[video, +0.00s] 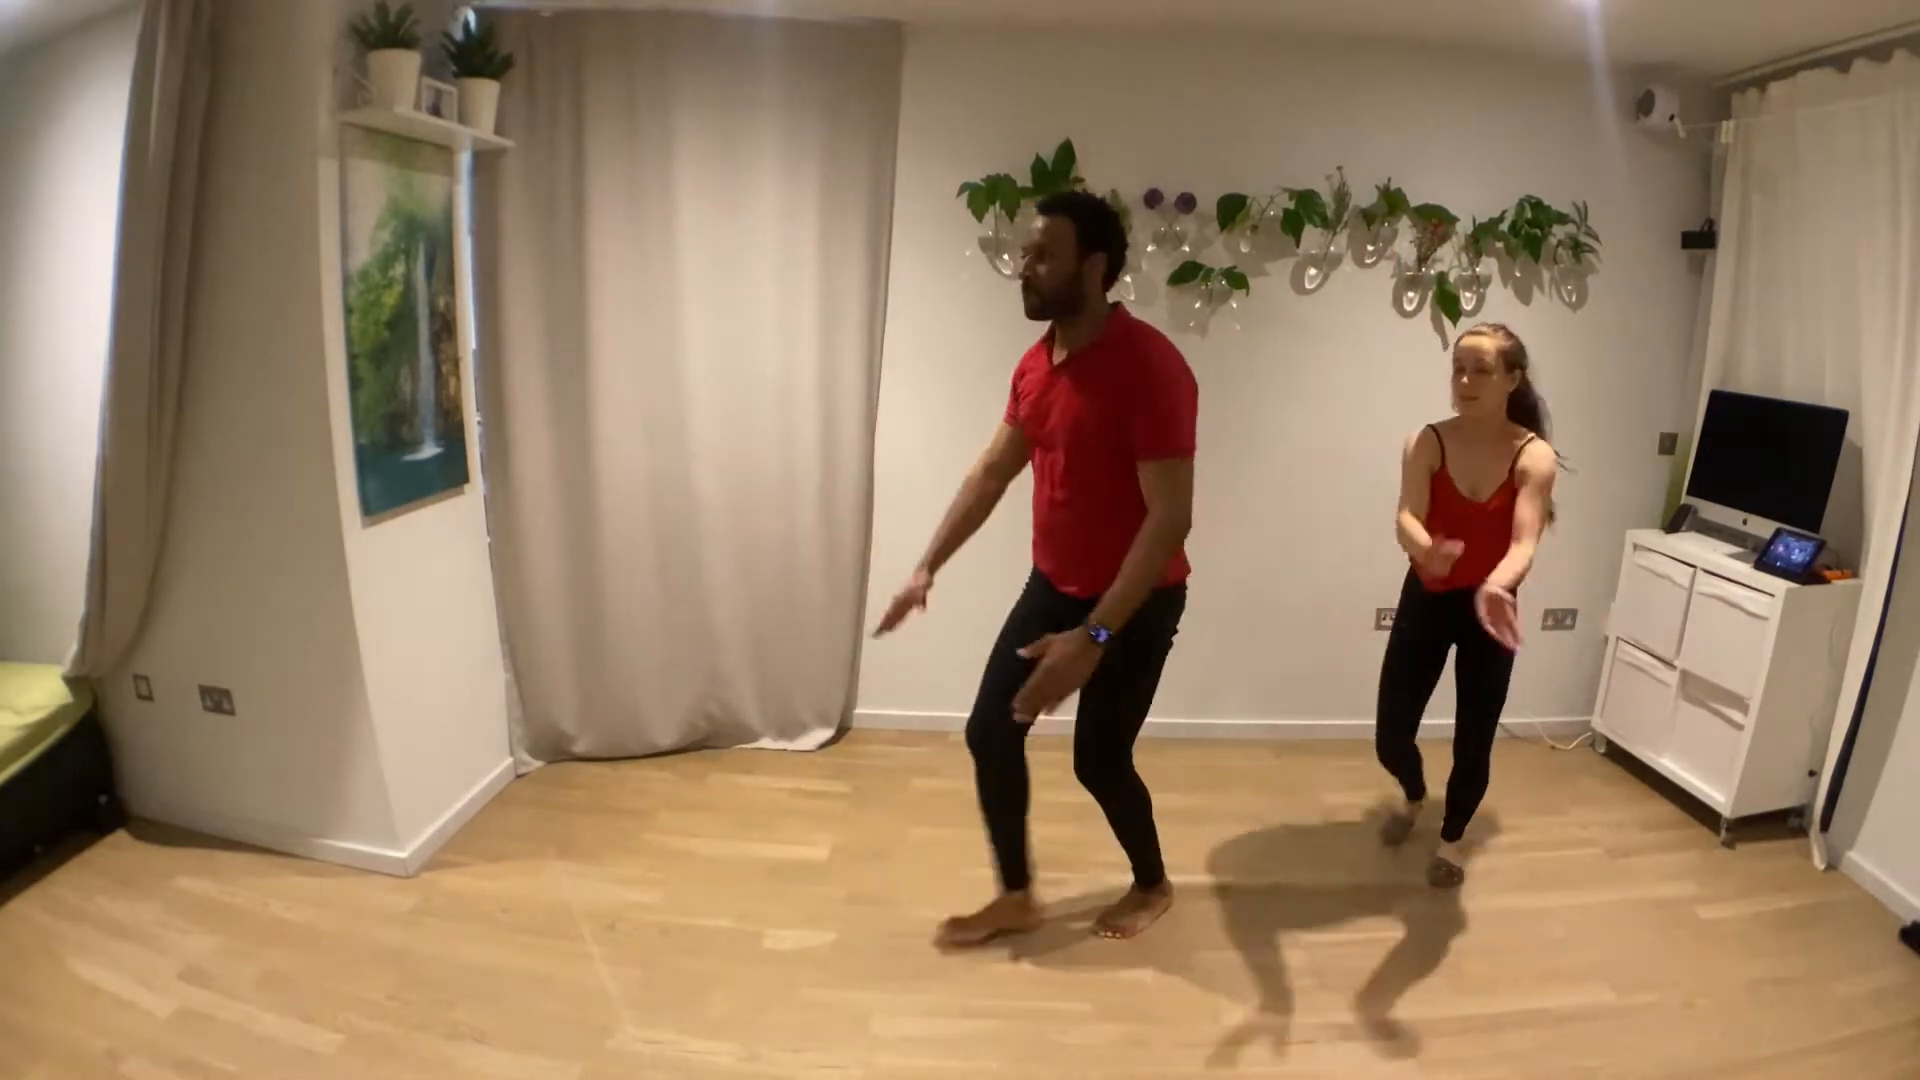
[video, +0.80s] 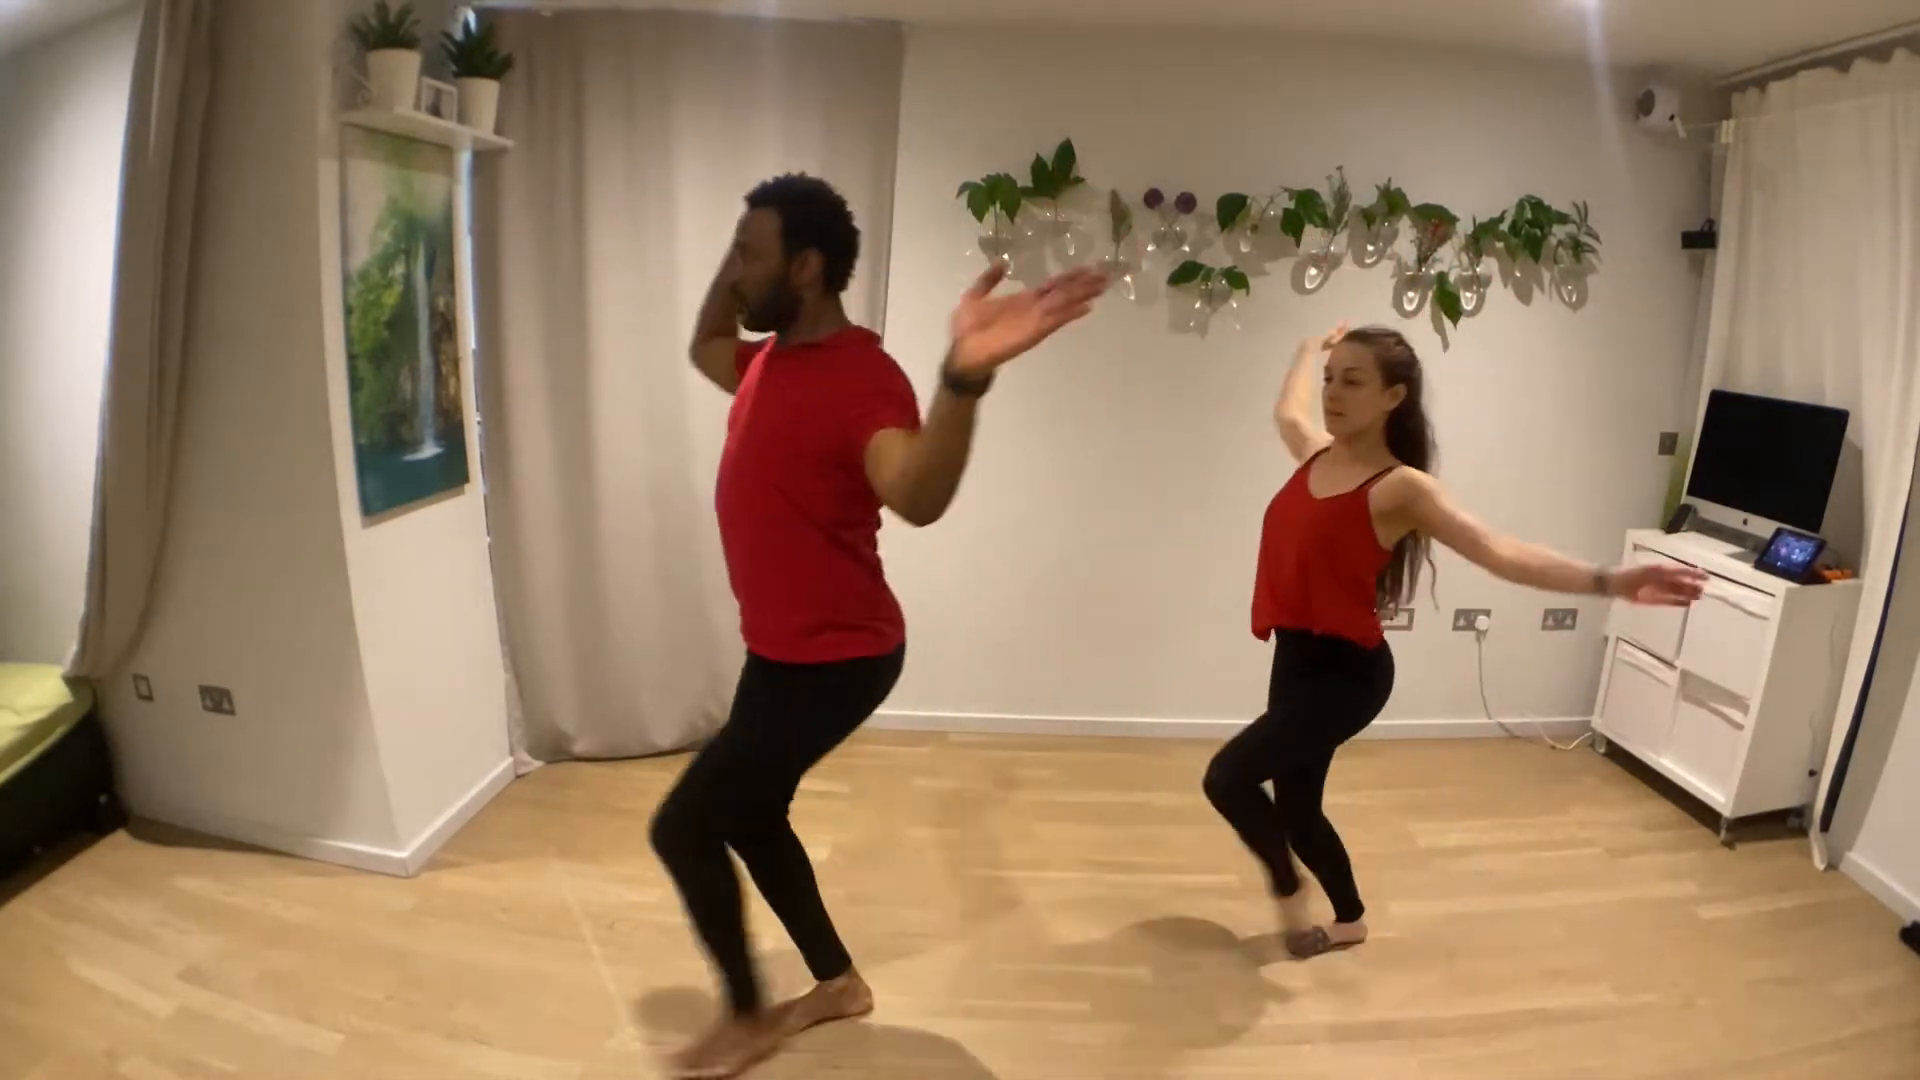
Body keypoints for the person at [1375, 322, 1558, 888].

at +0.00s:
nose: (1465, 381)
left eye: (1480, 371)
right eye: (1459, 370)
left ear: (1513, 380)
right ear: (1451, 374)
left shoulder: (1534, 455)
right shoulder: (1429, 441)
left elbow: (1525, 541)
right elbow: (1408, 514)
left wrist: (1497, 583)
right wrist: (1425, 549)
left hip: (1489, 607)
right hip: (1426, 600)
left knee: (1473, 743)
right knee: (1390, 740)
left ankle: (1451, 842)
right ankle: (1417, 795)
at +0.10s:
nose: (1462, 372)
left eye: (1478, 363)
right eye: (1456, 361)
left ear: (1510, 374)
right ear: (1447, 366)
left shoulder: (1526, 445)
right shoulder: (1428, 422)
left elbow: (1544, 535)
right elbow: (1365, 461)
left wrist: (1473, 552)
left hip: (1489, 607)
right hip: (1424, 598)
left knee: (1470, 740)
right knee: (1382, 730)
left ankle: (1453, 843)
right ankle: (1373, 859)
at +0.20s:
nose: (1453, 367)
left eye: (1470, 357)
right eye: (1448, 355)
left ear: (1504, 367)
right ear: (1439, 360)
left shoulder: (1518, 436)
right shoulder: (1422, 408)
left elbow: (1570, 500)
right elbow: (1334, 373)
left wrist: (1488, 536)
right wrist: (1376, 366)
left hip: (1479, 608)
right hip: (1412, 601)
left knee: (1463, 739)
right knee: (1380, 744)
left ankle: (1455, 838)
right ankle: (1335, 881)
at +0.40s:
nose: (1418, 362)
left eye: (1435, 353)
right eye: (1414, 351)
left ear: (1474, 365)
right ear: (1410, 358)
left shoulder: (1488, 430)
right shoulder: (1401, 405)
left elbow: (1584, 460)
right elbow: (1364, 332)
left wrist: (1600, 527)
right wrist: (1336, 269)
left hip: (1436, 615)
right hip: (1368, 611)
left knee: (1436, 753)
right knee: (1350, 770)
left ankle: (1452, 834)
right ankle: (1350, 908)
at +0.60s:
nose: (1380, 379)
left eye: (1397, 368)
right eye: (1377, 368)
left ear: (1436, 382)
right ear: (1370, 377)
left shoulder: (1453, 462)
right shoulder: (1374, 429)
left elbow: (1552, 486)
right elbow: (1353, 366)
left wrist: (1648, 507)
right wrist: (1360, 293)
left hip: (1378, 646)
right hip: (1318, 636)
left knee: (1352, 817)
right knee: (1318, 797)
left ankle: (1427, 815)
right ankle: (1349, 918)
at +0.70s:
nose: (1357, 386)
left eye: (1373, 376)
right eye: (1353, 373)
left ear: (1415, 390)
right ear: (1349, 381)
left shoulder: (1431, 478)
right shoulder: (1350, 444)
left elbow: (1542, 518)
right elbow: (1341, 390)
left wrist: (1649, 520)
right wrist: (1364, 332)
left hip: (1361, 659)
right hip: (1305, 646)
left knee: (1280, 809)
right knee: (1305, 796)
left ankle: (1388, 820)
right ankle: (1348, 919)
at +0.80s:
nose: (1332, 390)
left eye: (1350, 380)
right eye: (1329, 378)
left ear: (1394, 397)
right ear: (1323, 385)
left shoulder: (1401, 487)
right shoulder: (1321, 455)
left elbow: (1500, 553)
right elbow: (1289, 412)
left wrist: (1610, 581)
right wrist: (1311, 349)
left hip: (1350, 671)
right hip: (1296, 660)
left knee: (1227, 778)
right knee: (1298, 810)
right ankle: (1348, 920)